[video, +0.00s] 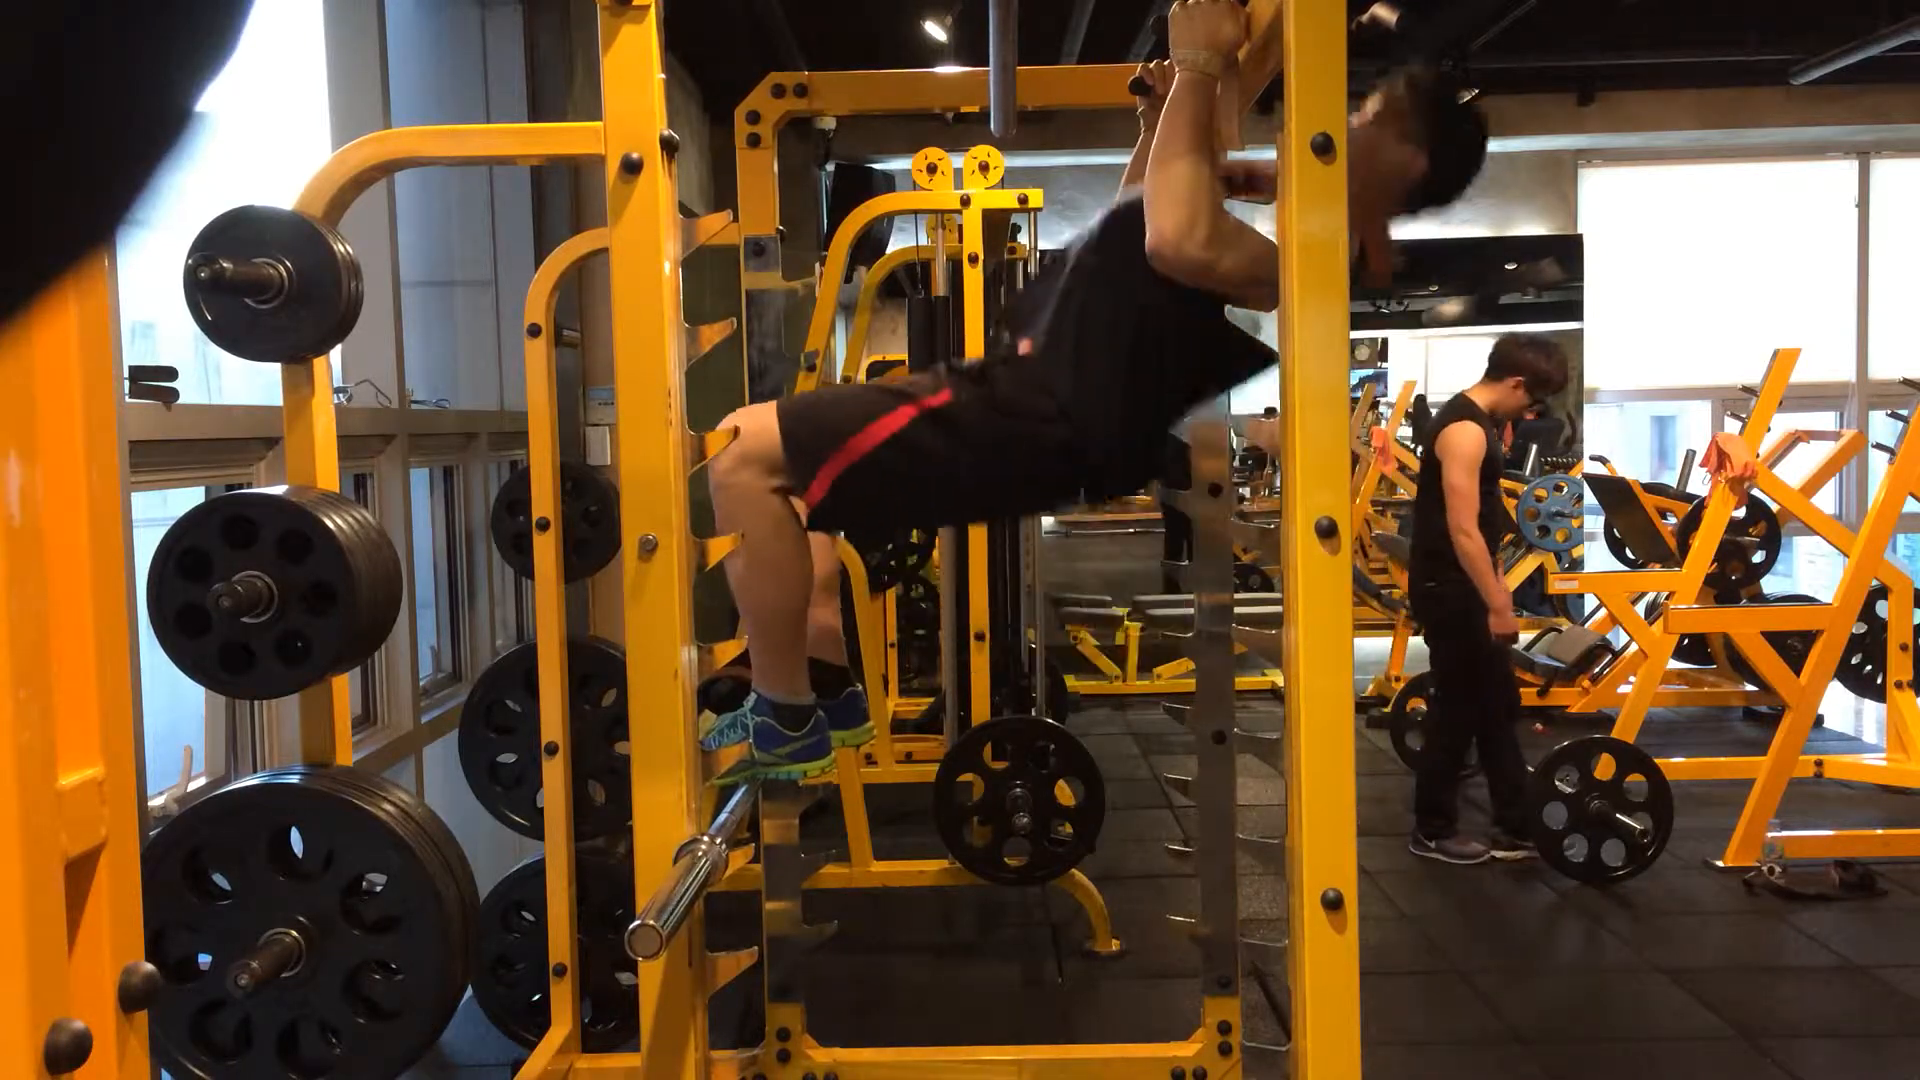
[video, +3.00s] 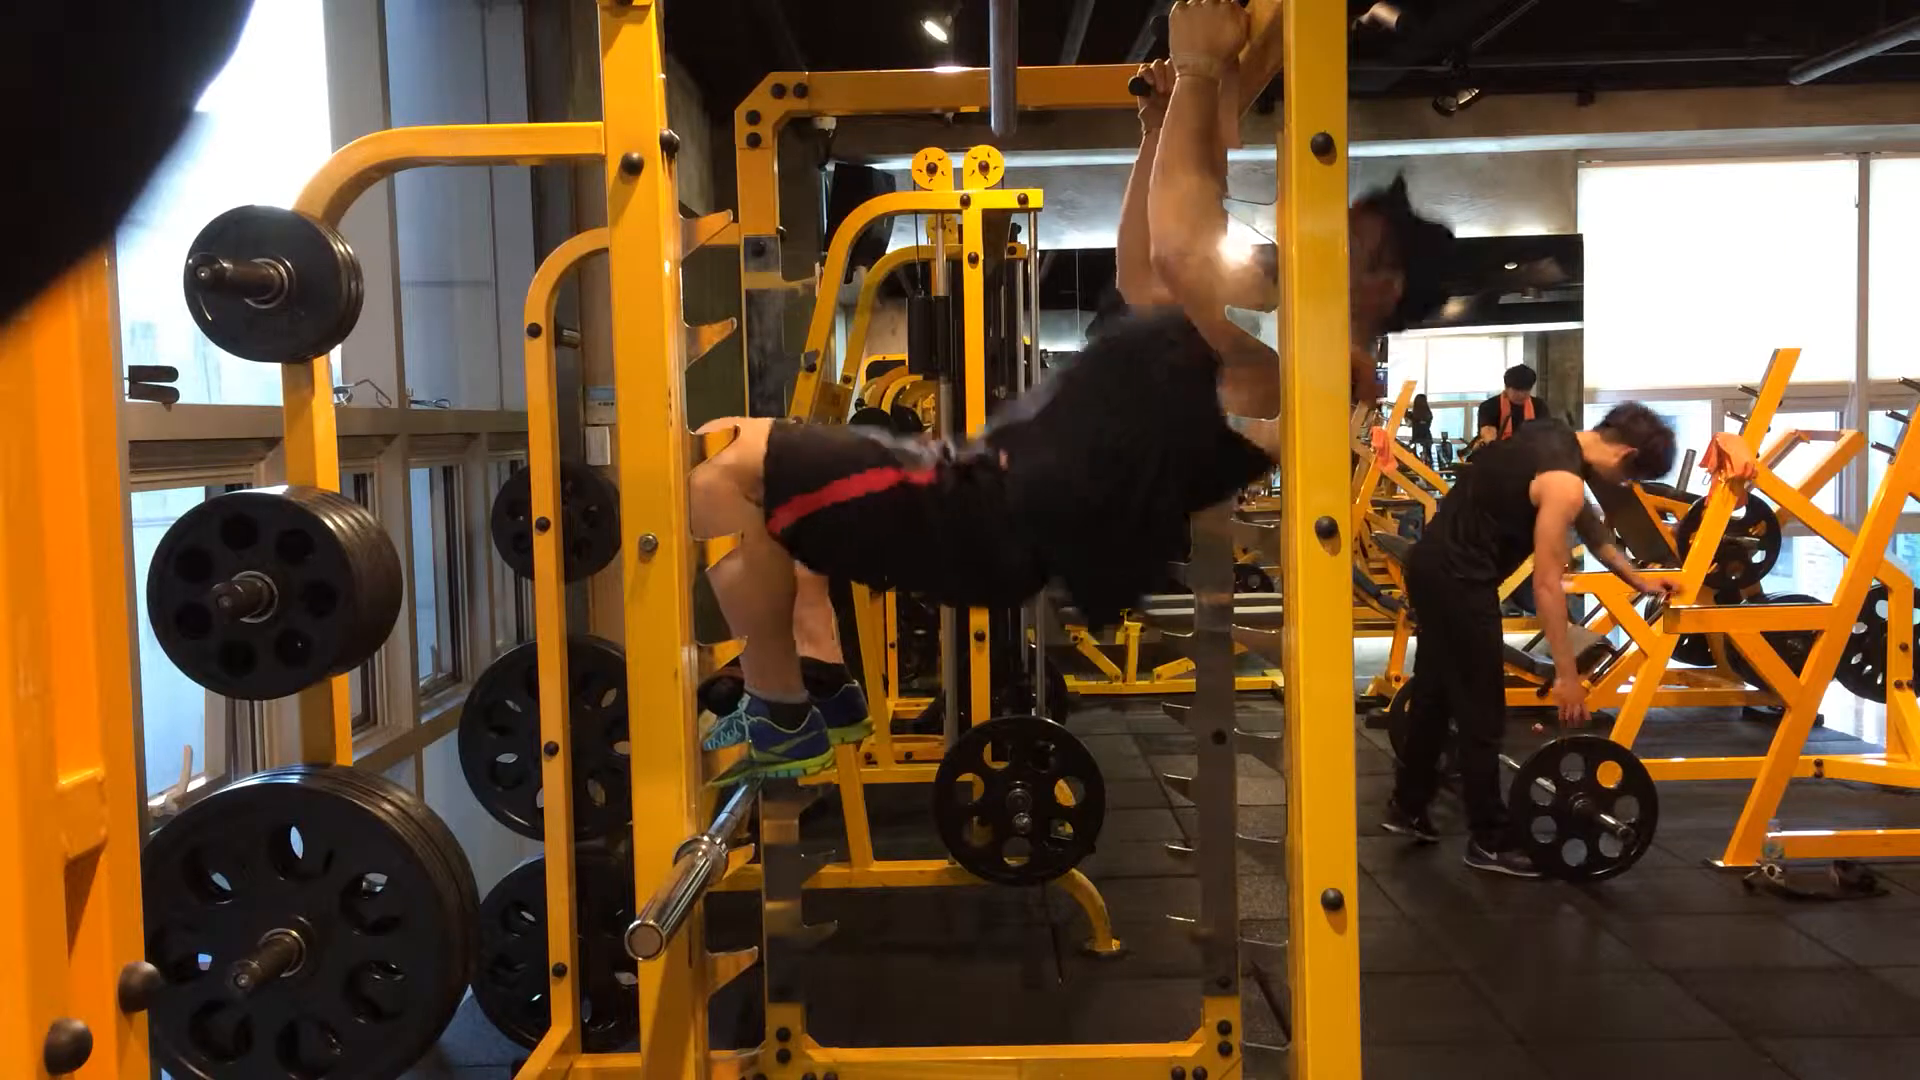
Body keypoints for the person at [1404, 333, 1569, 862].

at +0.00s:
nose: (1530, 411)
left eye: (1535, 403)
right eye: (1532, 400)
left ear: (1509, 382)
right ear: (1513, 383)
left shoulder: (1474, 423)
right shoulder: (1463, 430)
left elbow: (1472, 526)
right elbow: (1462, 531)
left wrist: (1495, 592)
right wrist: (1499, 603)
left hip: (1465, 588)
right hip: (1450, 591)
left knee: (1496, 706)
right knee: (1457, 709)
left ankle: (1515, 824)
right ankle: (1432, 830)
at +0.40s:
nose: (1583, 415)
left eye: (1589, 407)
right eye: (1588, 405)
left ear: (1566, 381)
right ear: (1572, 385)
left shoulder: (1513, 420)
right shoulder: (1514, 434)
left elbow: (1517, 524)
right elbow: (1512, 538)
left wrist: (1563, 569)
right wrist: (1554, 608)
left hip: (1493, 578)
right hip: (1486, 583)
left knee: (1522, 702)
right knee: (1516, 703)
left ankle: (1498, 821)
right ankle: (1472, 820)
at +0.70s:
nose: (1626, 452)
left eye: (1634, 446)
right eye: (1632, 441)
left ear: (1615, 415)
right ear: (1617, 419)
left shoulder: (1565, 443)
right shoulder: (1552, 455)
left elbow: (1586, 520)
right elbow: (1539, 560)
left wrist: (1631, 568)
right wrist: (1567, 632)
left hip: (1495, 574)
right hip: (1478, 577)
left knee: (1509, 701)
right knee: (1503, 704)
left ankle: (1504, 824)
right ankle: (1494, 838)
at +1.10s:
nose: (1662, 517)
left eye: (1671, 515)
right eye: (1670, 511)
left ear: (1661, 469)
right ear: (1664, 484)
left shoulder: (1606, 446)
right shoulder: (1606, 516)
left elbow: (1616, 539)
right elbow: (1585, 618)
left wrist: (1652, 590)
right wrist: (1594, 697)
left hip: (1471, 551)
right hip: (1483, 570)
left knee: (1501, 700)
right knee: (1501, 705)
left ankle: (1495, 824)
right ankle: (1493, 838)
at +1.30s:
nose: (1680, 532)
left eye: (1690, 528)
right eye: (1687, 524)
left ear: (1677, 476)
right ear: (1682, 503)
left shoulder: (1618, 446)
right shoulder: (1624, 530)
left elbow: (1622, 540)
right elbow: (1595, 632)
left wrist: (1653, 591)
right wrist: (1602, 716)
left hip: (1465, 547)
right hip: (1489, 572)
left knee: (1462, 687)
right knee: (1498, 707)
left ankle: (1440, 795)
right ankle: (1493, 839)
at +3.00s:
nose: (1618, 482)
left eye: (1627, 477)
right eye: (1626, 475)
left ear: (1613, 437)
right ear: (1623, 453)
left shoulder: (1549, 435)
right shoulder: (1562, 483)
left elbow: (1592, 526)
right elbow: (1547, 584)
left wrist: (1636, 578)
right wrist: (1566, 674)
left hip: (1433, 565)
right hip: (1462, 581)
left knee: (1433, 693)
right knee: (1483, 710)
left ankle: (1406, 807)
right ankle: (1490, 838)